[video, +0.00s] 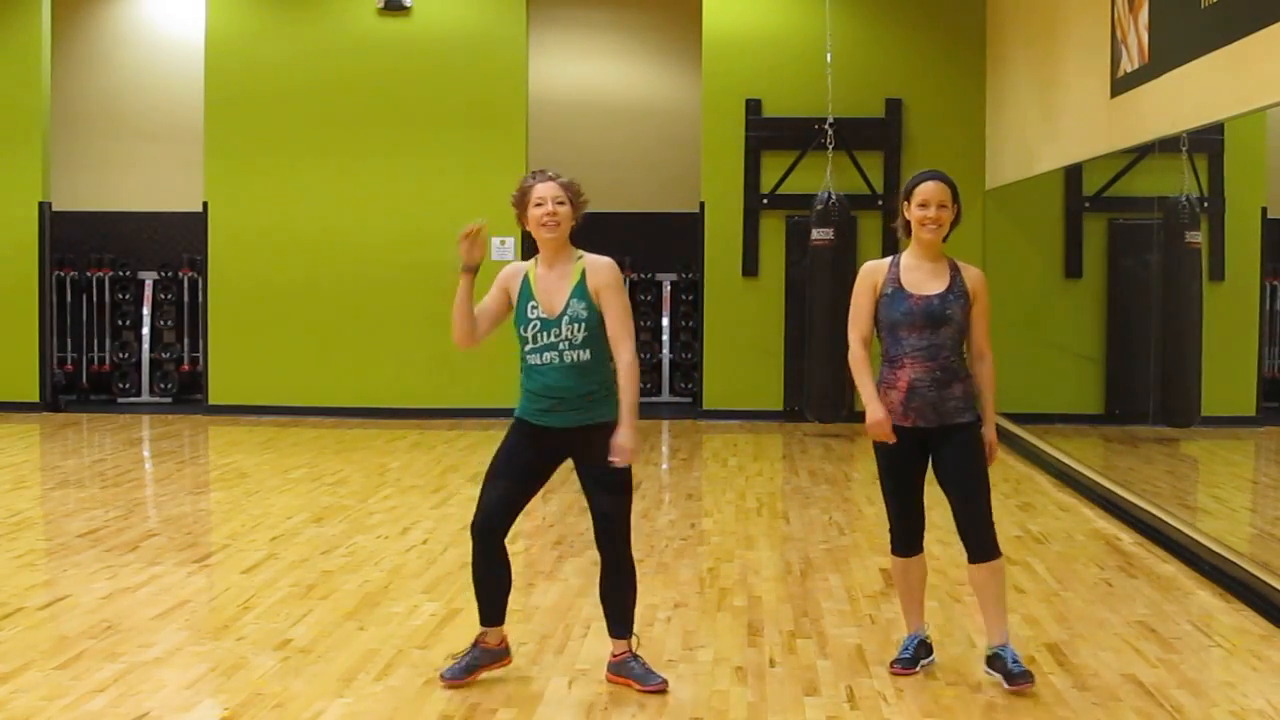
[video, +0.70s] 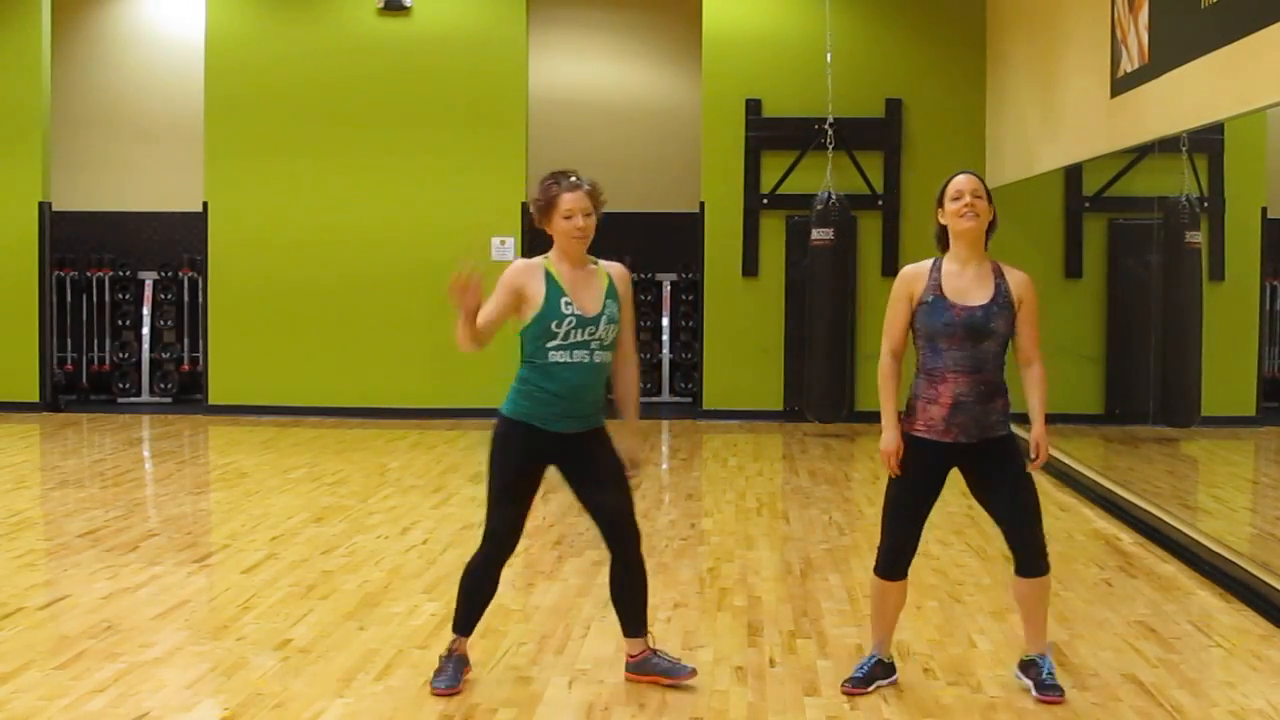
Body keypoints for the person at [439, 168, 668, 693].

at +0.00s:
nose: (549, 211)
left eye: (558, 203)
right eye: (538, 204)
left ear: (574, 213)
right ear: (525, 218)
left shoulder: (600, 271)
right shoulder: (514, 277)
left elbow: (625, 353)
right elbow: (466, 335)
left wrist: (627, 425)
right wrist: (467, 272)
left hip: (598, 426)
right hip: (535, 426)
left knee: (614, 541)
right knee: (486, 526)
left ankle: (622, 653)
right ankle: (491, 640)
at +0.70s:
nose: (581, 224)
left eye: (588, 214)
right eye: (570, 216)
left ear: (597, 218)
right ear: (546, 222)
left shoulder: (615, 278)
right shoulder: (524, 275)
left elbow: (625, 356)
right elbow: (472, 340)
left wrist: (629, 429)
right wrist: (466, 313)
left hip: (584, 432)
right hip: (524, 430)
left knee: (624, 535)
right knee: (498, 543)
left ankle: (638, 652)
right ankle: (456, 649)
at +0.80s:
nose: (589, 222)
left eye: (595, 212)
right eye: (577, 214)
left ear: (606, 215)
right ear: (556, 221)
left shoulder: (630, 273)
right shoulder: (536, 278)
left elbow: (660, 348)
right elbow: (500, 345)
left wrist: (684, 419)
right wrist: (467, 392)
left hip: (613, 430)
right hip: (551, 432)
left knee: (645, 536)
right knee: (523, 545)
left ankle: (642, 651)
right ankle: (470, 647)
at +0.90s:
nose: (594, 225)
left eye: (601, 215)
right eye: (582, 217)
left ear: (613, 218)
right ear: (563, 223)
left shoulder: (640, 276)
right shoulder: (542, 284)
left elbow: (684, 340)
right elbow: (521, 361)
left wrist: (722, 401)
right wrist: (499, 434)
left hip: (628, 429)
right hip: (565, 433)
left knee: (655, 534)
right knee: (556, 548)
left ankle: (644, 652)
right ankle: (512, 646)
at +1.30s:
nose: (560, 219)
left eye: (571, 212)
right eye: (551, 210)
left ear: (583, 220)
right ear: (534, 215)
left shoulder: (597, 280)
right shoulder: (511, 273)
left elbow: (634, 356)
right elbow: (494, 348)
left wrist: (665, 428)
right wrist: (463, 412)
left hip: (582, 431)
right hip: (521, 431)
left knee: (619, 537)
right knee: (491, 538)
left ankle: (689, 635)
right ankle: (474, 655)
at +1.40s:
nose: (549, 220)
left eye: (559, 212)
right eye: (539, 211)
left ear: (572, 221)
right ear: (522, 217)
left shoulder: (585, 284)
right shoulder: (496, 273)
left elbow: (605, 370)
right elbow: (465, 345)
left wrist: (618, 448)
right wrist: (427, 409)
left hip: (555, 433)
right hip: (497, 427)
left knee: (564, 547)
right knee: (469, 538)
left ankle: (648, 622)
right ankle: (470, 655)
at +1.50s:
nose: (541, 226)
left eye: (551, 218)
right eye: (532, 217)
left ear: (564, 226)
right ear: (514, 224)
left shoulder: (581, 292)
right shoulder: (485, 280)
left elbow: (585, 376)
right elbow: (443, 348)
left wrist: (573, 443)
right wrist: (401, 411)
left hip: (542, 438)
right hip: (483, 429)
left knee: (512, 551)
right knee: (454, 541)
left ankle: (573, 629)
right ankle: (467, 656)